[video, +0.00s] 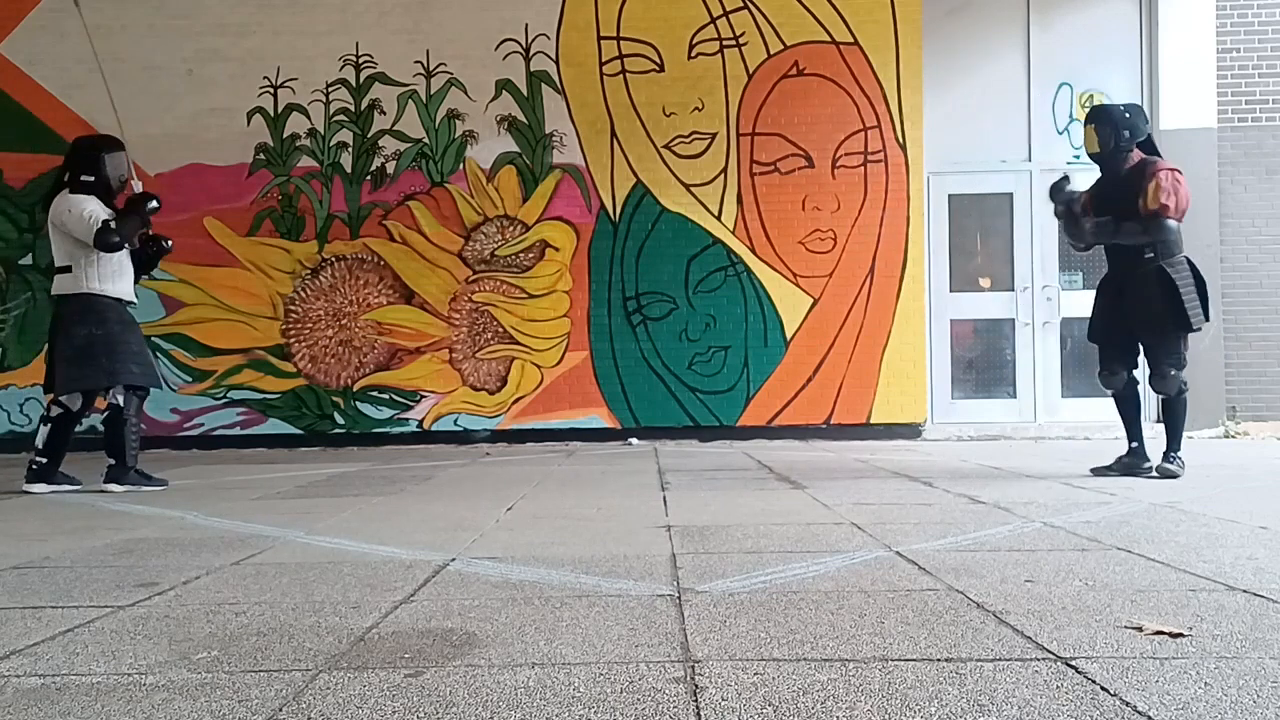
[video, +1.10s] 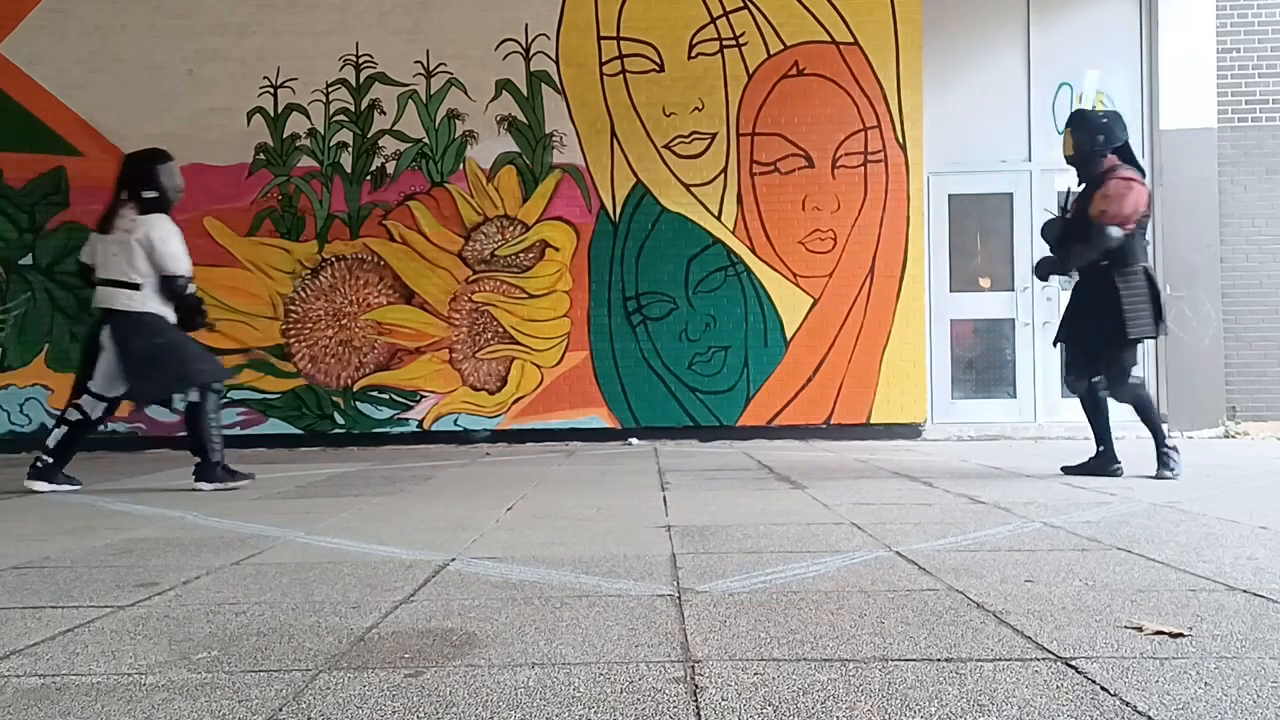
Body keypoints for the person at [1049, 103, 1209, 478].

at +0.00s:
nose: (1092, 143)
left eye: (1099, 134)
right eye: (1089, 135)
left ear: (1124, 134)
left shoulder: (1158, 174)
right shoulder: (1102, 187)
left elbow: (1164, 231)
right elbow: (1081, 240)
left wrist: (1104, 230)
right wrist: (1065, 208)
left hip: (1161, 283)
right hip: (1119, 285)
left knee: (1167, 373)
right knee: (1116, 372)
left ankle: (1173, 455)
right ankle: (1137, 453)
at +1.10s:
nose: (1070, 151)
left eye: (1075, 142)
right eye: (1069, 142)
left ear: (1098, 143)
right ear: (1100, 143)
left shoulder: (1122, 185)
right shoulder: (1094, 184)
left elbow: (1097, 243)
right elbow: (1076, 235)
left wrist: (1054, 263)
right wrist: (1056, 229)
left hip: (1122, 288)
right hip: (1092, 289)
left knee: (1120, 380)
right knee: (1081, 375)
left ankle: (1164, 446)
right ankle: (1106, 456)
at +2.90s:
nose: (980, 180)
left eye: (985, 172)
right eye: (979, 173)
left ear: (1007, 173)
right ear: (1016, 174)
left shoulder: (1024, 212)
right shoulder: (1030, 205)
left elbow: (1006, 273)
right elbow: (1017, 258)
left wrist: (964, 286)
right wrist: (983, 253)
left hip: (1036, 305)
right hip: (1048, 303)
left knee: (980, 369)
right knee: (1051, 391)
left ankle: (1005, 456)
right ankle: (1105, 453)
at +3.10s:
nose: (990, 175)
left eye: (995, 167)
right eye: (989, 167)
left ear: (1019, 167)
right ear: (1024, 169)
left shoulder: (1031, 207)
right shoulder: (1033, 202)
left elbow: (1009, 265)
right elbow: (1020, 258)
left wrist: (971, 280)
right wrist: (990, 251)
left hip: (1036, 302)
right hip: (1045, 301)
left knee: (989, 370)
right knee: (1052, 388)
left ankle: (1005, 457)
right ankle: (1106, 452)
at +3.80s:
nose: (1028, 172)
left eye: (1036, 165)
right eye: (1027, 164)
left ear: (1060, 171)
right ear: (1025, 166)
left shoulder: (1071, 216)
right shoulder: (1022, 210)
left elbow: (1028, 259)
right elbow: (982, 241)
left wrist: (972, 258)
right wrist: (948, 238)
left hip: (1048, 304)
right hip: (1021, 302)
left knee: (999, 365)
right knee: (1029, 392)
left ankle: (983, 458)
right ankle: (1099, 443)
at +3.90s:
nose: (1029, 174)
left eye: (1039, 168)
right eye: (1028, 166)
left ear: (1062, 174)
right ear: (1027, 167)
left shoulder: (1073, 219)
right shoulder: (1017, 213)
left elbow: (1023, 263)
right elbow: (977, 246)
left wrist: (965, 275)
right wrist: (935, 262)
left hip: (1044, 308)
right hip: (1015, 305)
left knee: (994, 368)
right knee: (1024, 395)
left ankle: (983, 461)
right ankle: (1085, 436)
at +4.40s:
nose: (1090, 127)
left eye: (1097, 121)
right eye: (1093, 120)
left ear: (1119, 128)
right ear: (1126, 129)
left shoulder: (1139, 172)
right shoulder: (1119, 169)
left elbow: (1076, 192)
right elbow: (1055, 199)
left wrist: (1017, 167)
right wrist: (1021, 167)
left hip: (1120, 291)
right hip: (1116, 289)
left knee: (1054, 360)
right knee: (1091, 379)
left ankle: (1056, 451)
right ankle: (1142, 463)